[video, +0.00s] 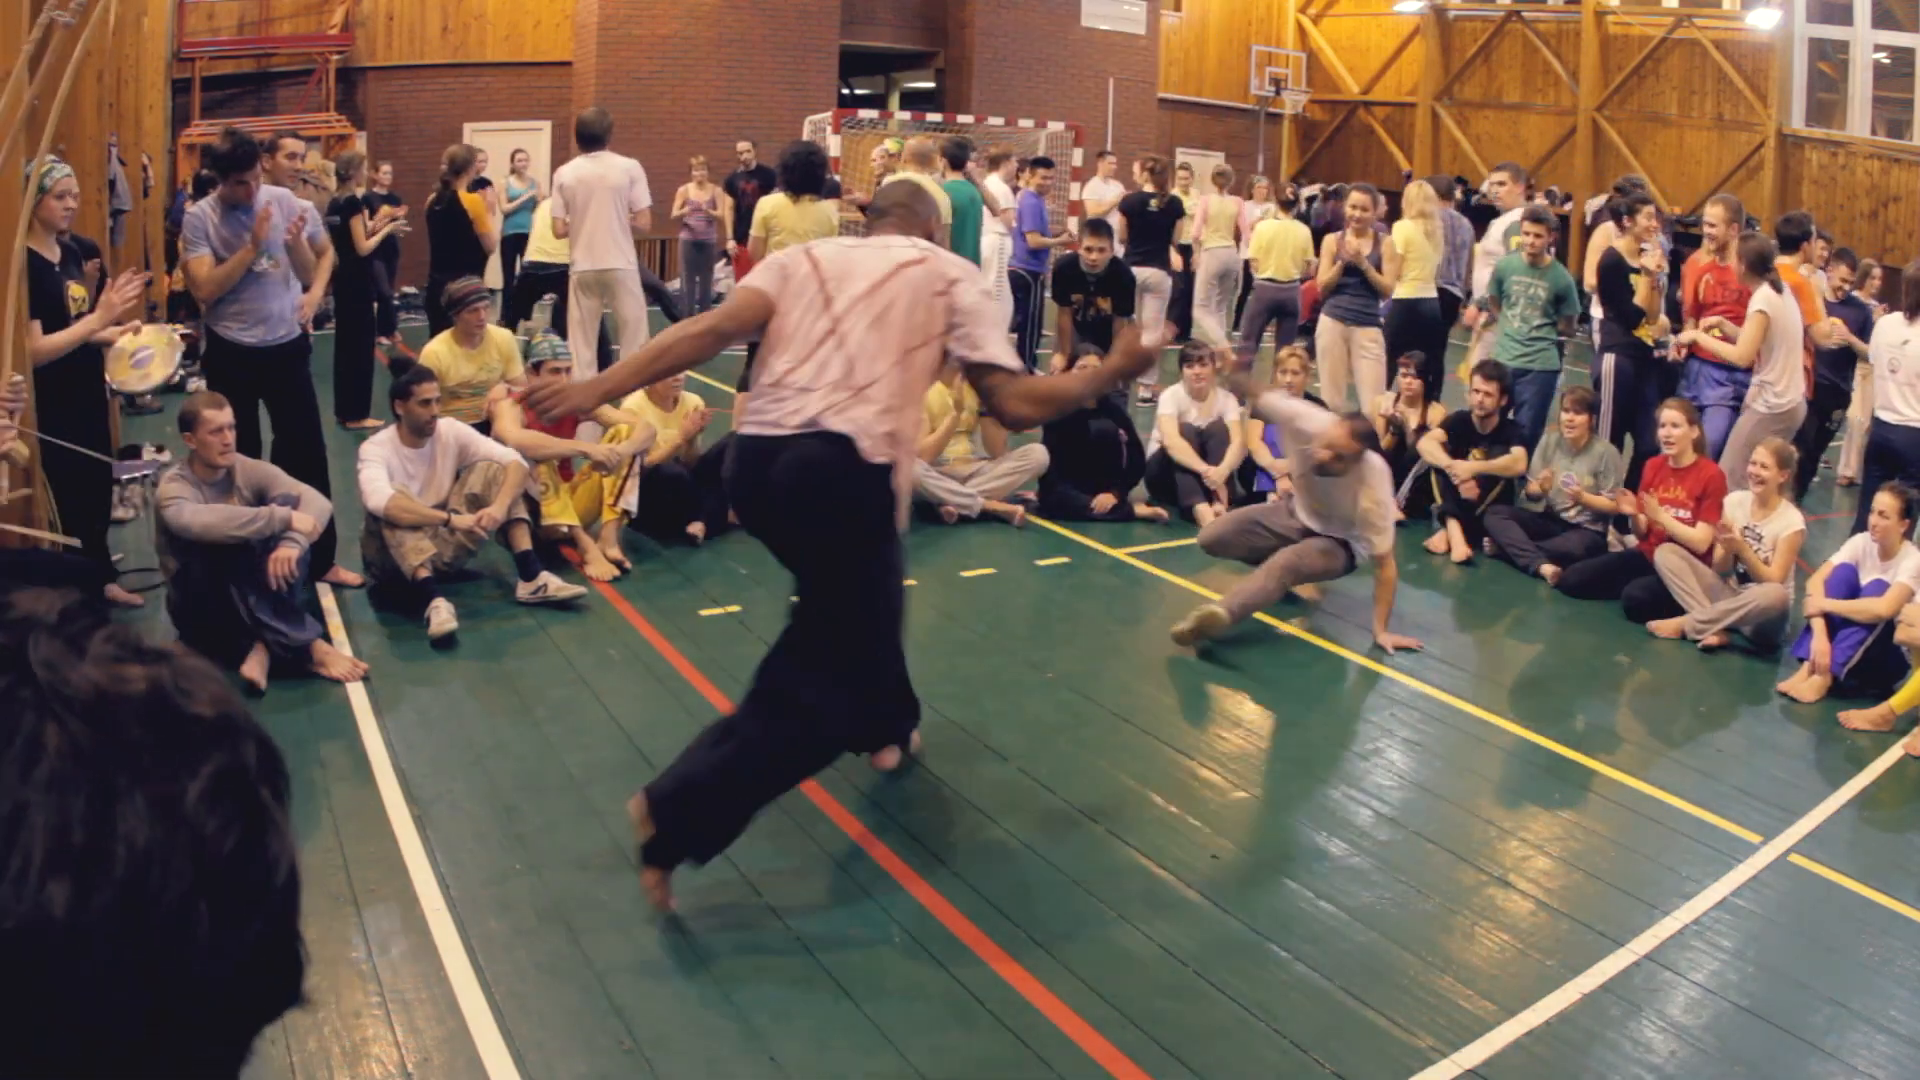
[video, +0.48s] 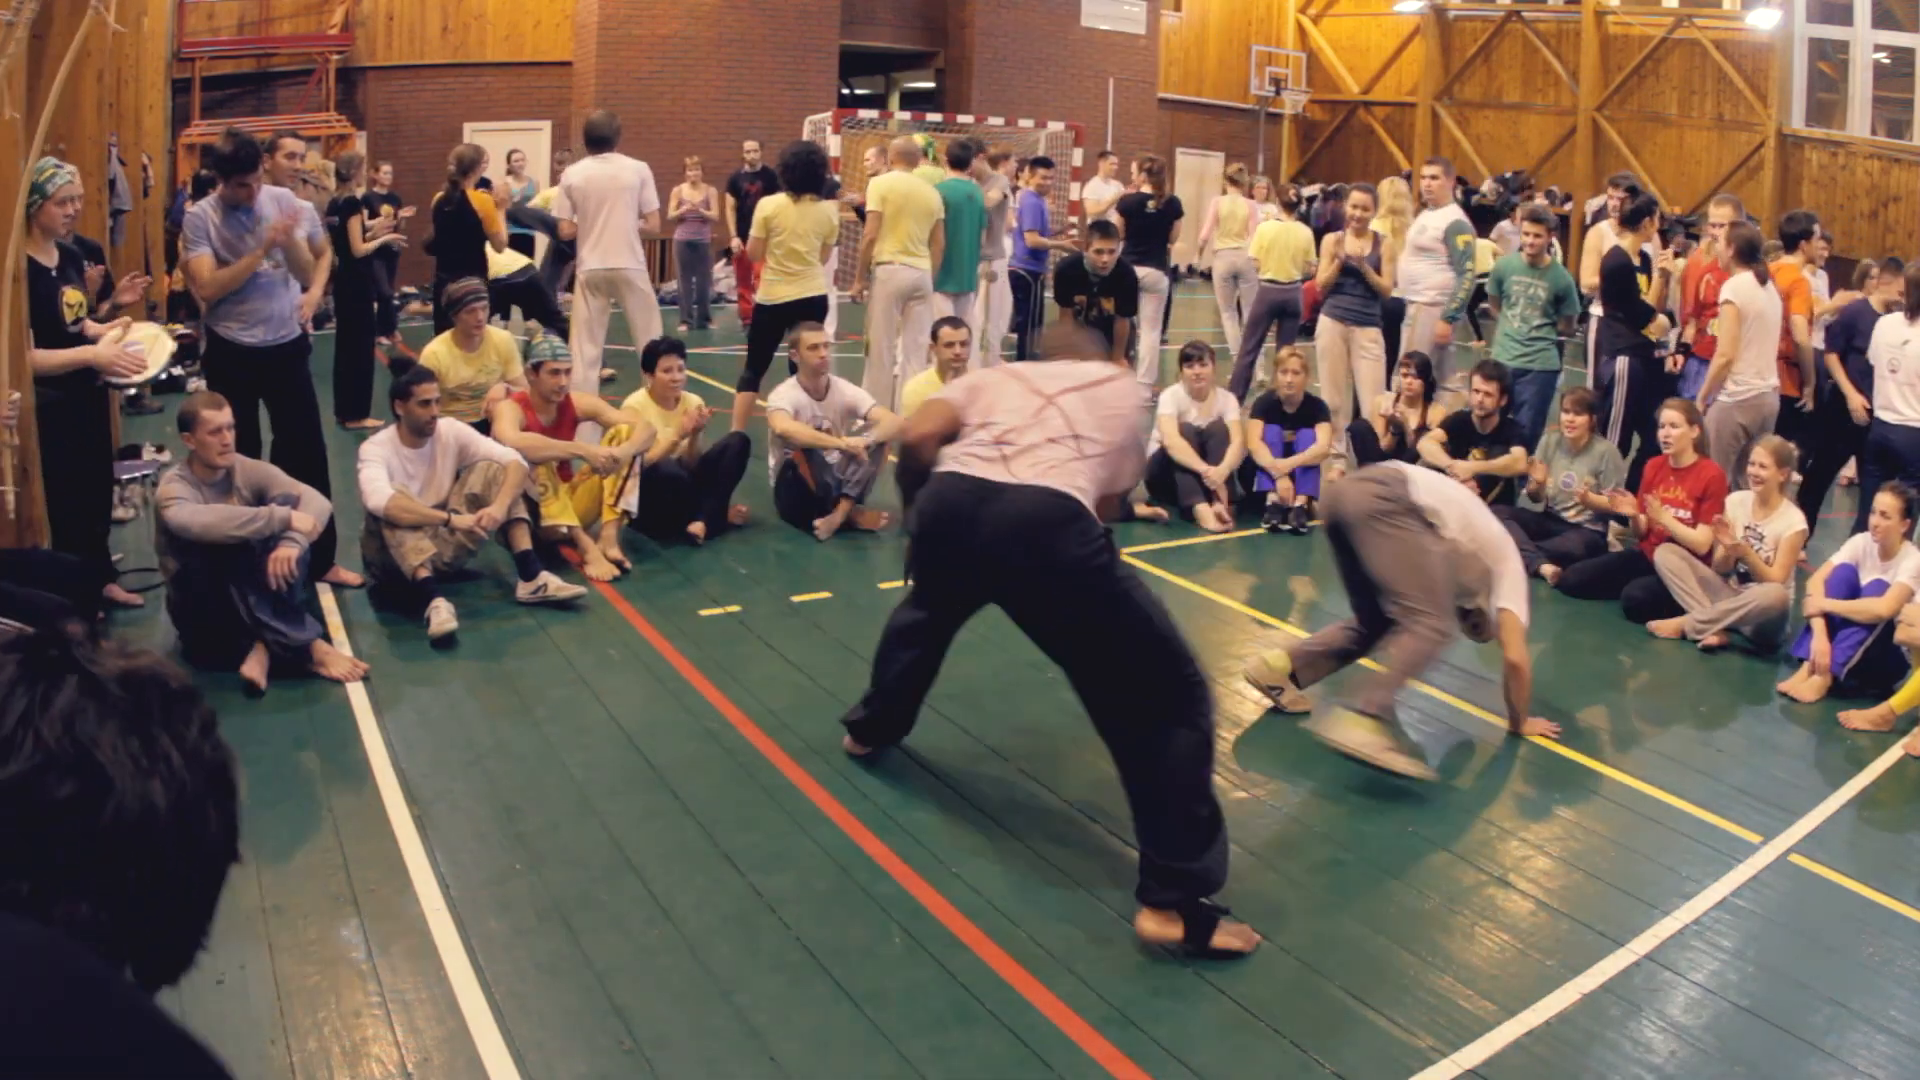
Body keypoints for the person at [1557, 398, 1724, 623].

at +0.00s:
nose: (1666, 433)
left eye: (1675, 426)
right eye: (1662, 426)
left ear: (1695, 431)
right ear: (1656, 431)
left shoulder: (1711, 475)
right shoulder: (1653, 466)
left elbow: (1701, 543)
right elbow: (1642, 532)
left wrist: (1660, 516)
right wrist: (1634, 514)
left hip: (1684, 566)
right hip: (1647, 555)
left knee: (1635, 601)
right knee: (1570, 582)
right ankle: (1637, 582)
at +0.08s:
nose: (1666, 434)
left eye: (1675, 426)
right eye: (1662, 427)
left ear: (1695, 431)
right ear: (1656, 431)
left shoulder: (1711, 475)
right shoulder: (1653, 465)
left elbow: (1700, 543)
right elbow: (1641, 533)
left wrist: (1657, 515)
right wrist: (1639, 515)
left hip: (1683, 566)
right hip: (1647, 555)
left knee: (1635, 601)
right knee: (1570, 581)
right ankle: (1636, 582)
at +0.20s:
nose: (1665, 434)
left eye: (1674, 427)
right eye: (1661, 427)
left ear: (1695, 432)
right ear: (1656, 430)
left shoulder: (1712, 476)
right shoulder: (1654, 465)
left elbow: (1700, 544)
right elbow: (1639, 531)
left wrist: (1656, 517)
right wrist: (1646, 517)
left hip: (1683, 567)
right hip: (1646, 555)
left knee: (1635, 600)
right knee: (1570, 581)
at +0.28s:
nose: (1664, 434)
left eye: (1673, 427)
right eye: (1661, 427)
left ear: (1695, 431)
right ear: (1657, 430)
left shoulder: (1713, 476)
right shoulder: (1654, 466)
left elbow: (1702, 545)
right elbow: (1640, 533)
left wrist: (1657, 517)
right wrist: (1640, 517)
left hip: (1683, 567)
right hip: (1647, 555)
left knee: (1635, 600)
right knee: (1571, 581)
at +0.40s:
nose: (1664, 434)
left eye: (1673, 426)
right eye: (1661, 427)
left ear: (1695, 431)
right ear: (1656, 430)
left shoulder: (1712, 475)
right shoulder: (1654, 466)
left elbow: (1702, 545)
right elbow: (1642, 532)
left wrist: (1663, 516)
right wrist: (1634, 515)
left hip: (1683, 566)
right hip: (1647, 555)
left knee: (1635, 601)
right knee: (1570, 581)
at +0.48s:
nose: (1665, 434)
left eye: (1674, 426)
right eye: (1661, 427)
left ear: (1695, 431)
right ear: (1656, 430)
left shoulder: (1712, 475)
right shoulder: (1654, 466)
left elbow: (1702, 544)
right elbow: (1641, 532)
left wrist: (1663, 517)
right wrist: (1633, 514)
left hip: (1682, 566)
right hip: (1647, 555)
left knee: (1634, 601)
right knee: (1571, 581)